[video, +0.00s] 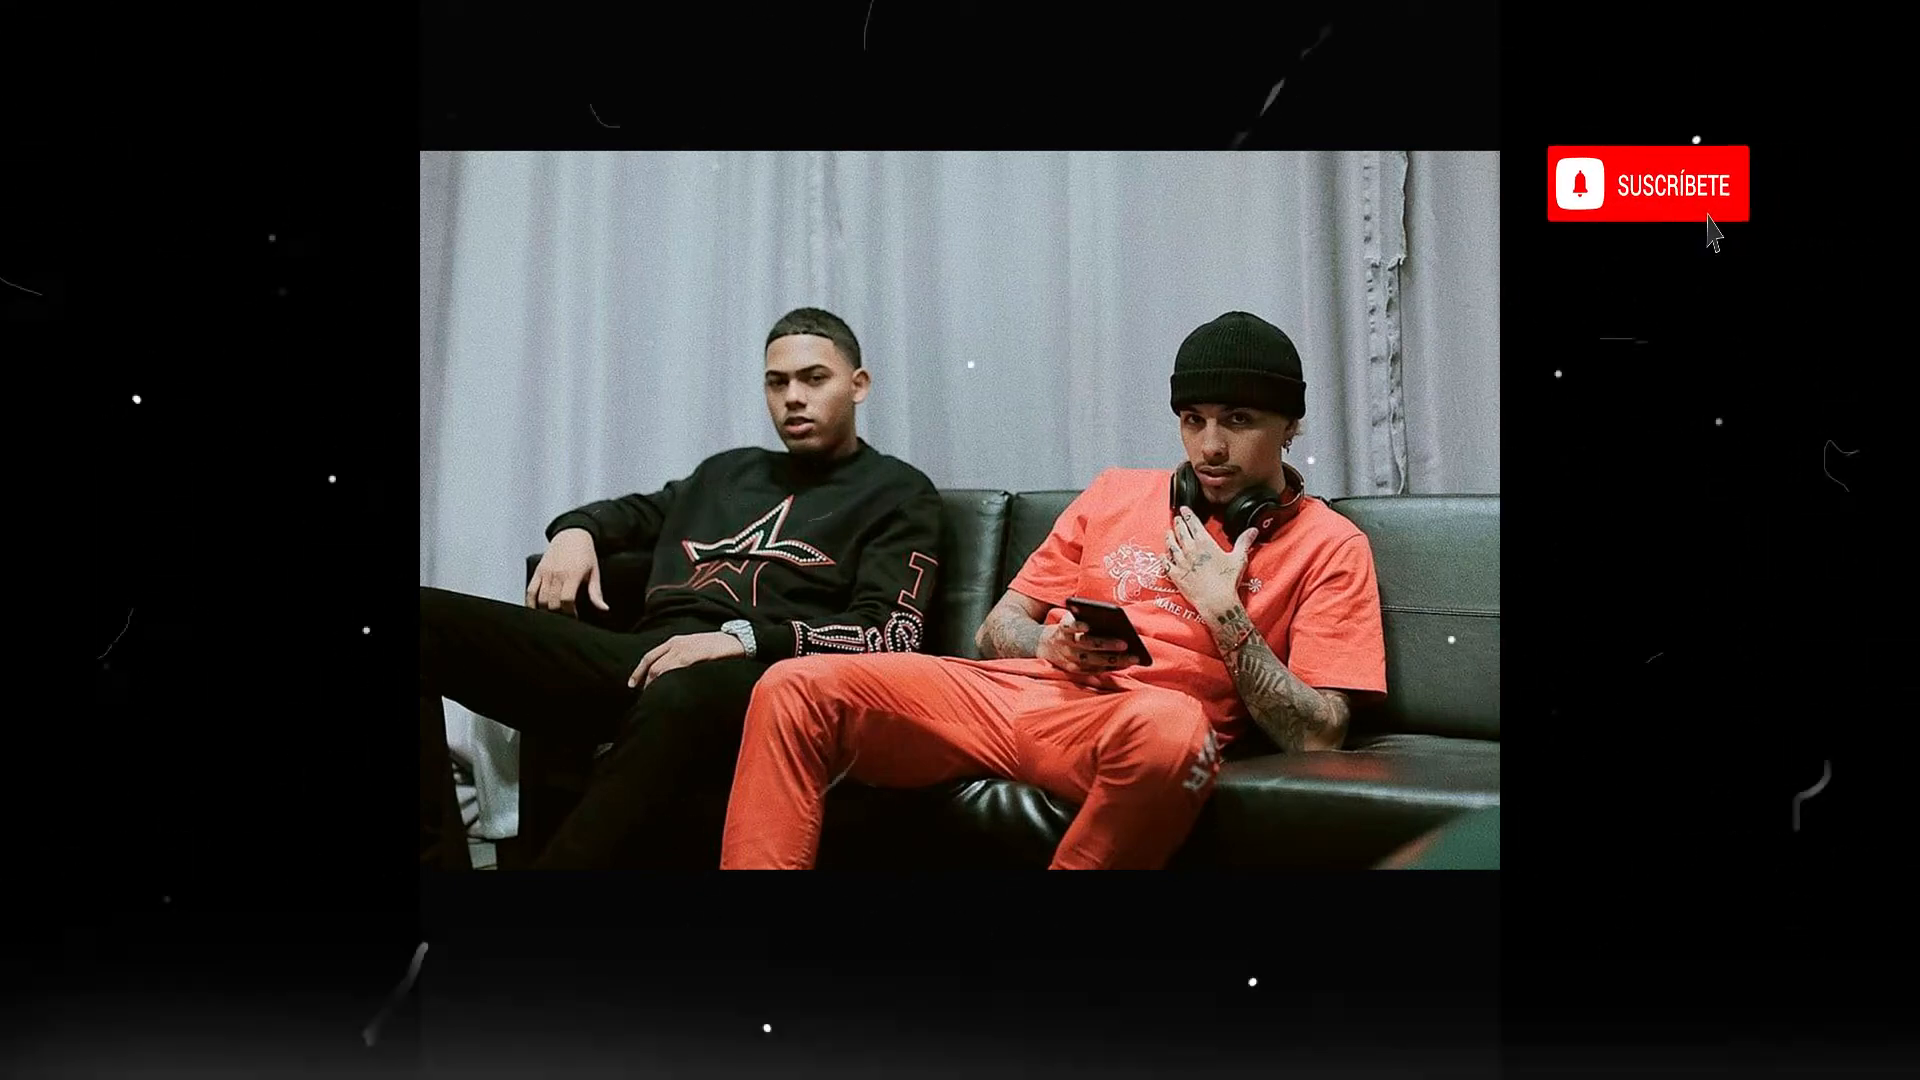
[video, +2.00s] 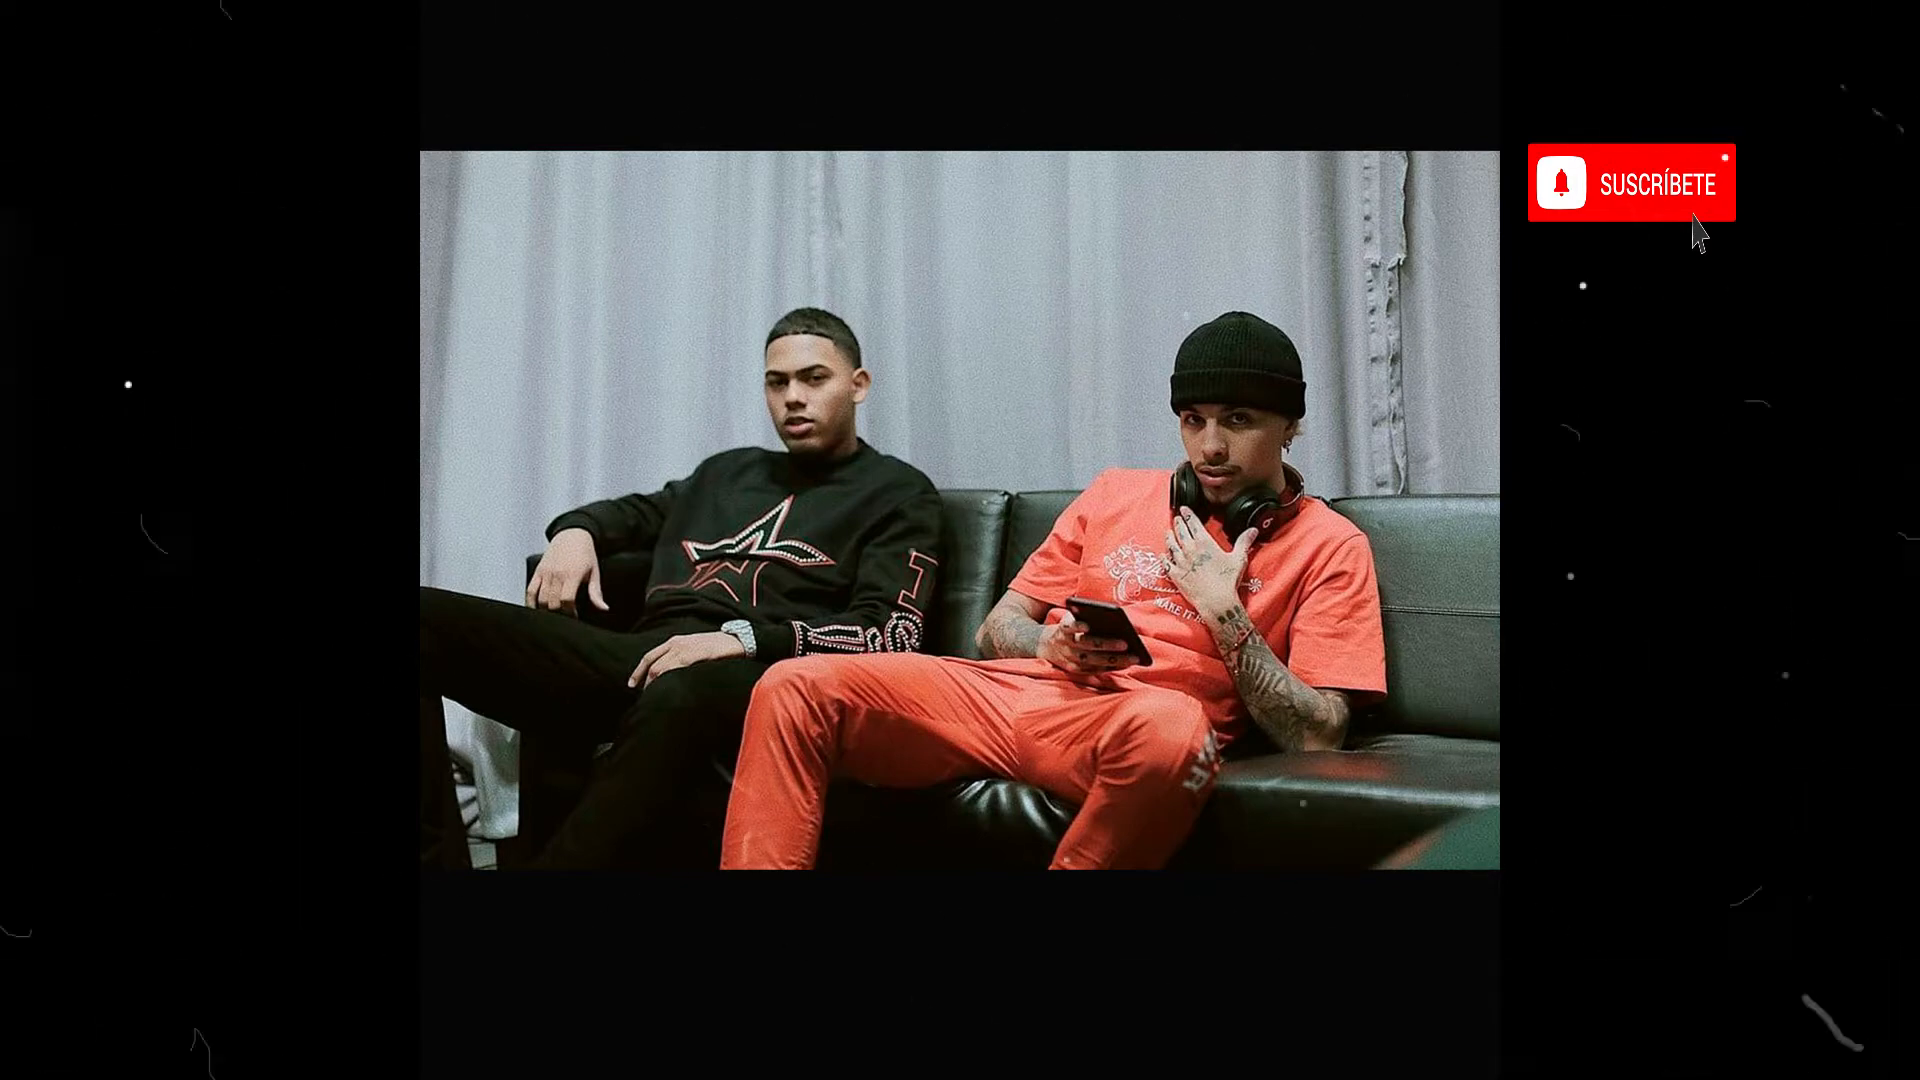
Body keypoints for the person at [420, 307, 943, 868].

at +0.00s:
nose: (793, 398)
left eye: (813, 379)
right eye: (778, 382)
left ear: (859, 385)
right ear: (765, 390)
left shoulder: (899, 494)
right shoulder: (728, 472)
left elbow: (892, 635)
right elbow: (640, 516)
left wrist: (743, 638)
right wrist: (575, 530)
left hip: (770, 681)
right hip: (638, 654)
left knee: (681, 701)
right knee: (420, 617)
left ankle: (556, 886)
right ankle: (441, 870)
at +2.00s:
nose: (793, 399)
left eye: (813, 379)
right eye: (779, 382)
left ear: (859, 385)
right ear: (765, 390)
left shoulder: (900, 494)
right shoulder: (728, 471)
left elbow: (893, 634)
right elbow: (641, 515)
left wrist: (742, 639)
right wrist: (574, 530)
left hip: (770, 680)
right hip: (638, 652)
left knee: (681, 699)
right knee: (426, 617)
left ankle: (562, 870)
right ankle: (441, 855)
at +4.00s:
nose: (793, 399)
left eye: (813, 378)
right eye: (779, 382)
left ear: (859, 385)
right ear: (765, 391)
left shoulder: (900, 494)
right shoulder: (728, 472)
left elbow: (892, 635)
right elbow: (640, 515)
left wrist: (744, 638)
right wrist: (575, 530)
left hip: (772, 681)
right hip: (638, 654)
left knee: (684, 699)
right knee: (426, 617)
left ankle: (560, 875)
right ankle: (440, 857)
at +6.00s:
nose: (792, 399)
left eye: (813, 379)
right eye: (778, 382)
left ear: (859, 385)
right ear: (765, 390)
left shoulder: (899, 493)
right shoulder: (728, 472)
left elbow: (892, 633)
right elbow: (641, 516)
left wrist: (743, 639)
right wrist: (575, 529)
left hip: (769, 681)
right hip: (638, 653)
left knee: (683, 701)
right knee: (428, 617)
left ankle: (550, 898)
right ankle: (442, 866)